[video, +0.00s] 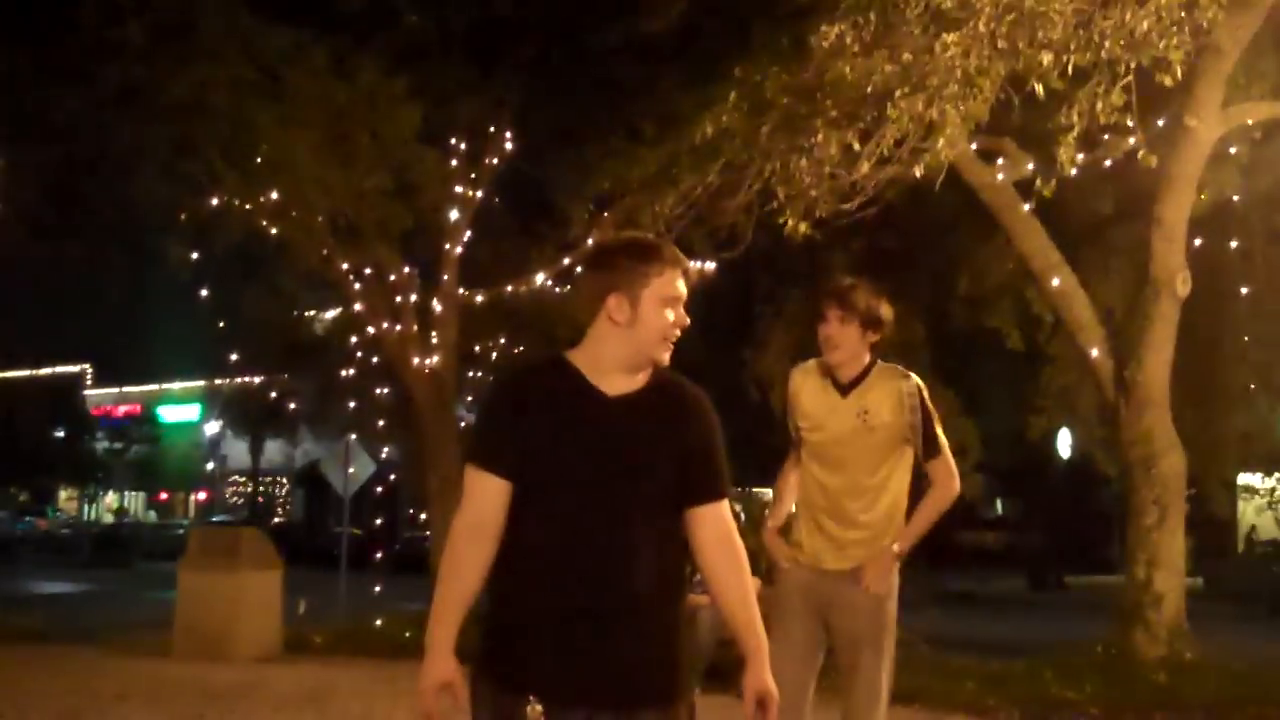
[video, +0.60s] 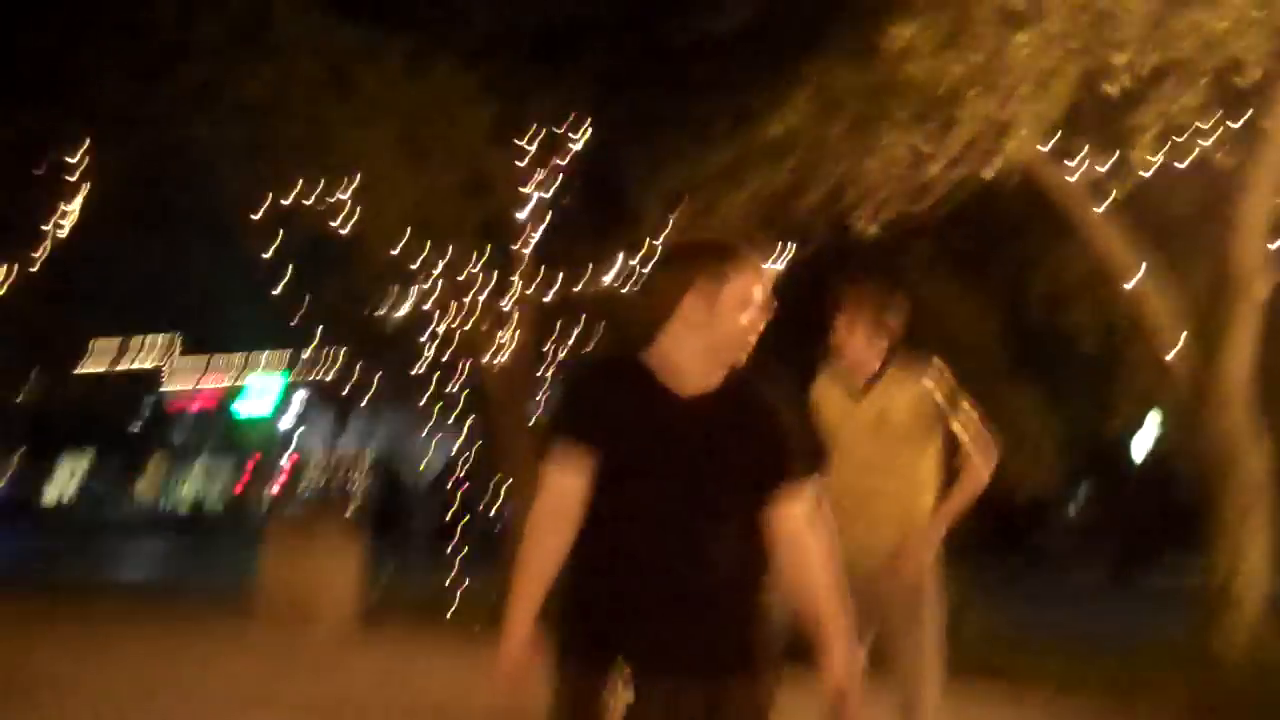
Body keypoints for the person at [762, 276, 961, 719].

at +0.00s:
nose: (826, 330)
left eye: (841, 321)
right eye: (824, 319)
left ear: (872, 333)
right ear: (818, 324)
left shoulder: (903, 390)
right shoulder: (801, 380)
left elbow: (946, 483)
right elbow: (797, 458)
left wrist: (894, 552)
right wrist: (771, 526)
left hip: (868, 580)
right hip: (798, 573)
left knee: (864, 711)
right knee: (782, 708)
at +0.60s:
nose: (839, 338)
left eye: (852, 326)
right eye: (839, 325)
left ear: (885, 334)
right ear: (833, 327)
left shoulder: (926, 381)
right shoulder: (823, 390)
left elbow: (982, 456)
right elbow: (810, 469)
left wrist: (931, 532)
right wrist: (816, 539)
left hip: (908, 562)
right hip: (841, 562)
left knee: (918, 692)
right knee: (840, 690)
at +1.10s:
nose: (847, 315)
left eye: (857, 306)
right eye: (847, 305)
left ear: (889, 314)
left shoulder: (934, 367)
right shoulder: (843, 368)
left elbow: (987, 452)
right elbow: (848, 439)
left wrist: (947, 520)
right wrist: (840, 505)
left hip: (918, 549)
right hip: (855, 546)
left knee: (912, 692)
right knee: (852, 684)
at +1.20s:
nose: (871, 348)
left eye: (880, 338)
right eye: (871, 337)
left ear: (912, 347)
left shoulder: (955, 396)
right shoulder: (865, 395)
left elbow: (1005, 485)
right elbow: (865, 471)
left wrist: (966, 551)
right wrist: (858, 540)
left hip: (933, 575)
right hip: (872, 571)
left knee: (922, 706)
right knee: (864, 703)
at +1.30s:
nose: (870, 370)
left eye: (880, 362)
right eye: (872, 360)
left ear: (912, 375)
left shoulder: (954, 427)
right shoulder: (864, 417)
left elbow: (1007, 506)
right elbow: (862, 485)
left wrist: (958, 567)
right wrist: (853, 546)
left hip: (927, 593)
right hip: (867, 587)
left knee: (915, 709)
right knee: (858, 705)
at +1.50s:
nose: (848, 371)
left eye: (859, 364)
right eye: (849, 361)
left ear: (887, 378)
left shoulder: (924, 428)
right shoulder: (834, 410)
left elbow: (976, 493)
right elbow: (829, 468)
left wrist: (923, 544)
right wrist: (821, 514)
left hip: (888, 577)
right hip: (830, 567)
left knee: (874, 697)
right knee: (812, 687)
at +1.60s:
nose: (836, 348)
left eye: (847, 341)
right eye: (836, 338)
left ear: (875, 352)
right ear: (837, 342)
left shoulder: (907, 404)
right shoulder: (818, 388)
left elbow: (961, 468)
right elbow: (813, 442)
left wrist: (909, 518)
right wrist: (804, 494)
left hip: (870, 557)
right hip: (812, 551)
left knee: (854, 687)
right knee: (791, 671)